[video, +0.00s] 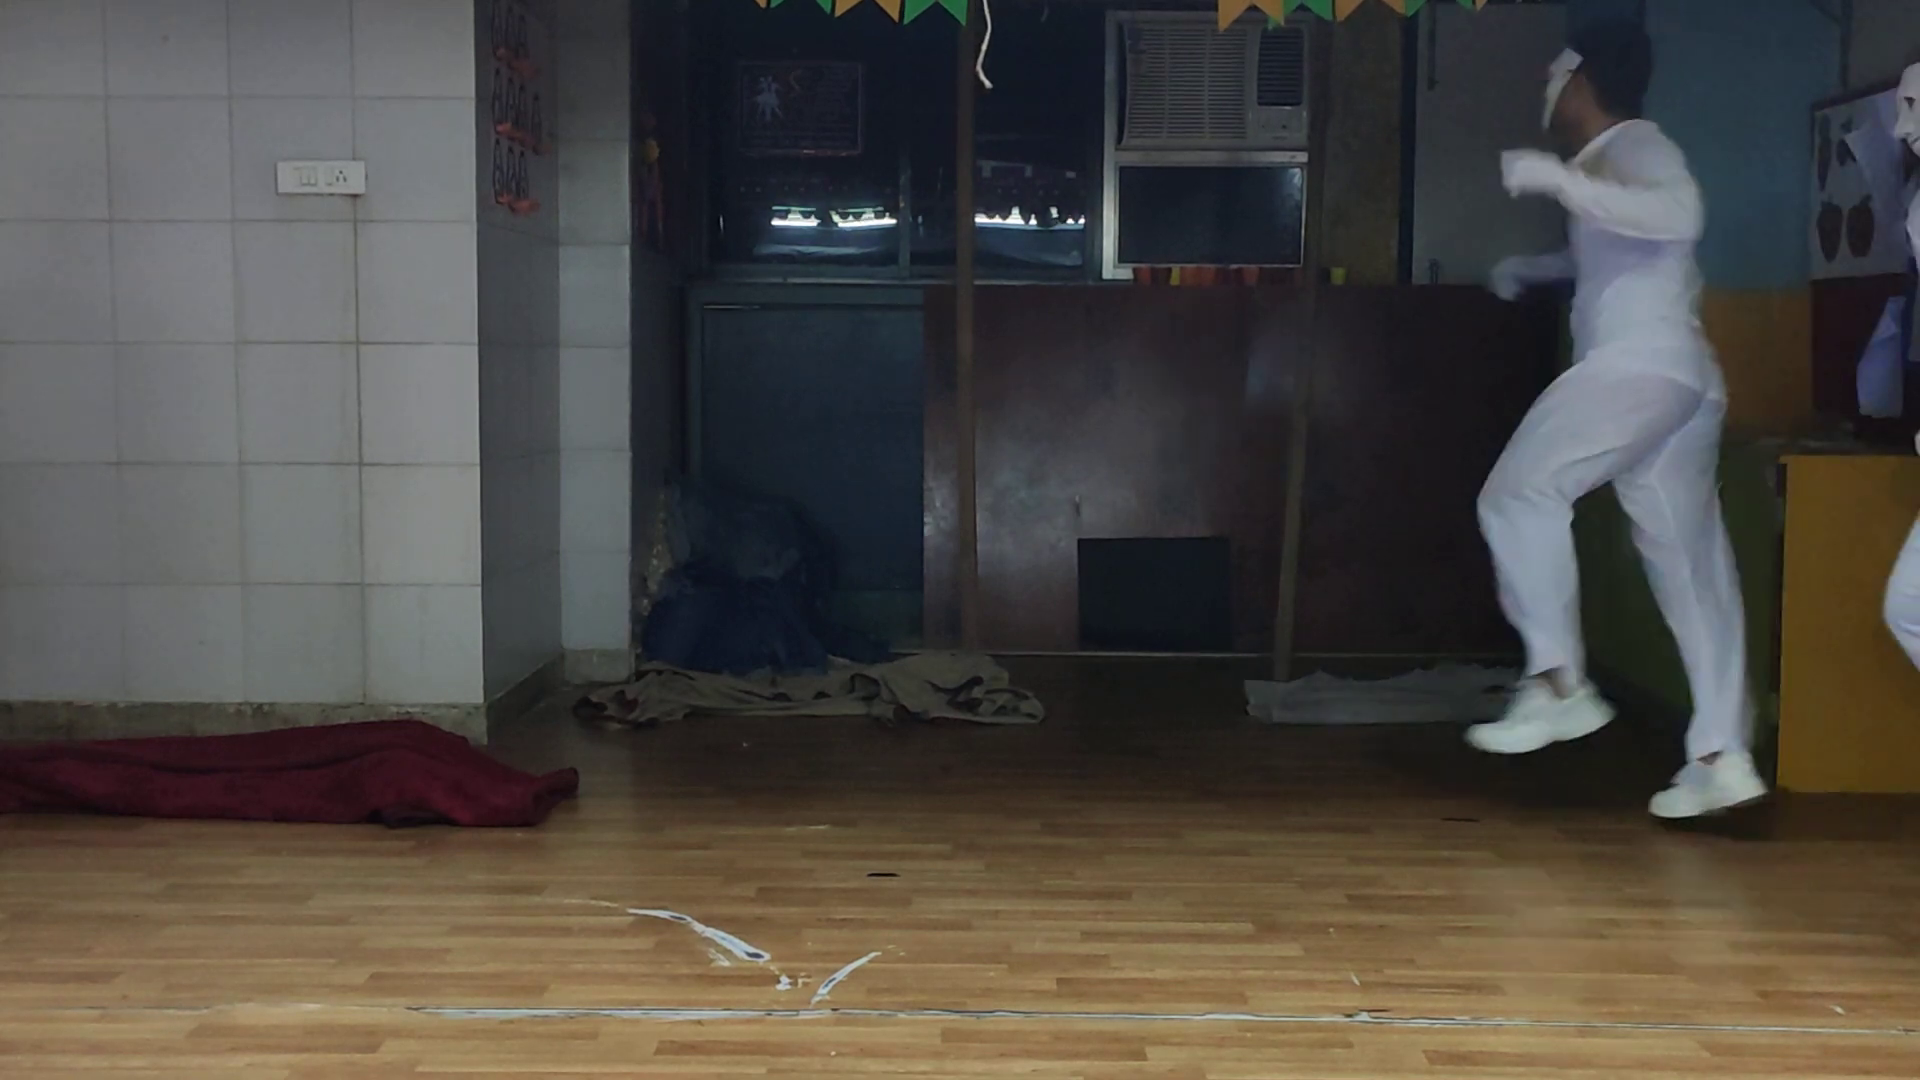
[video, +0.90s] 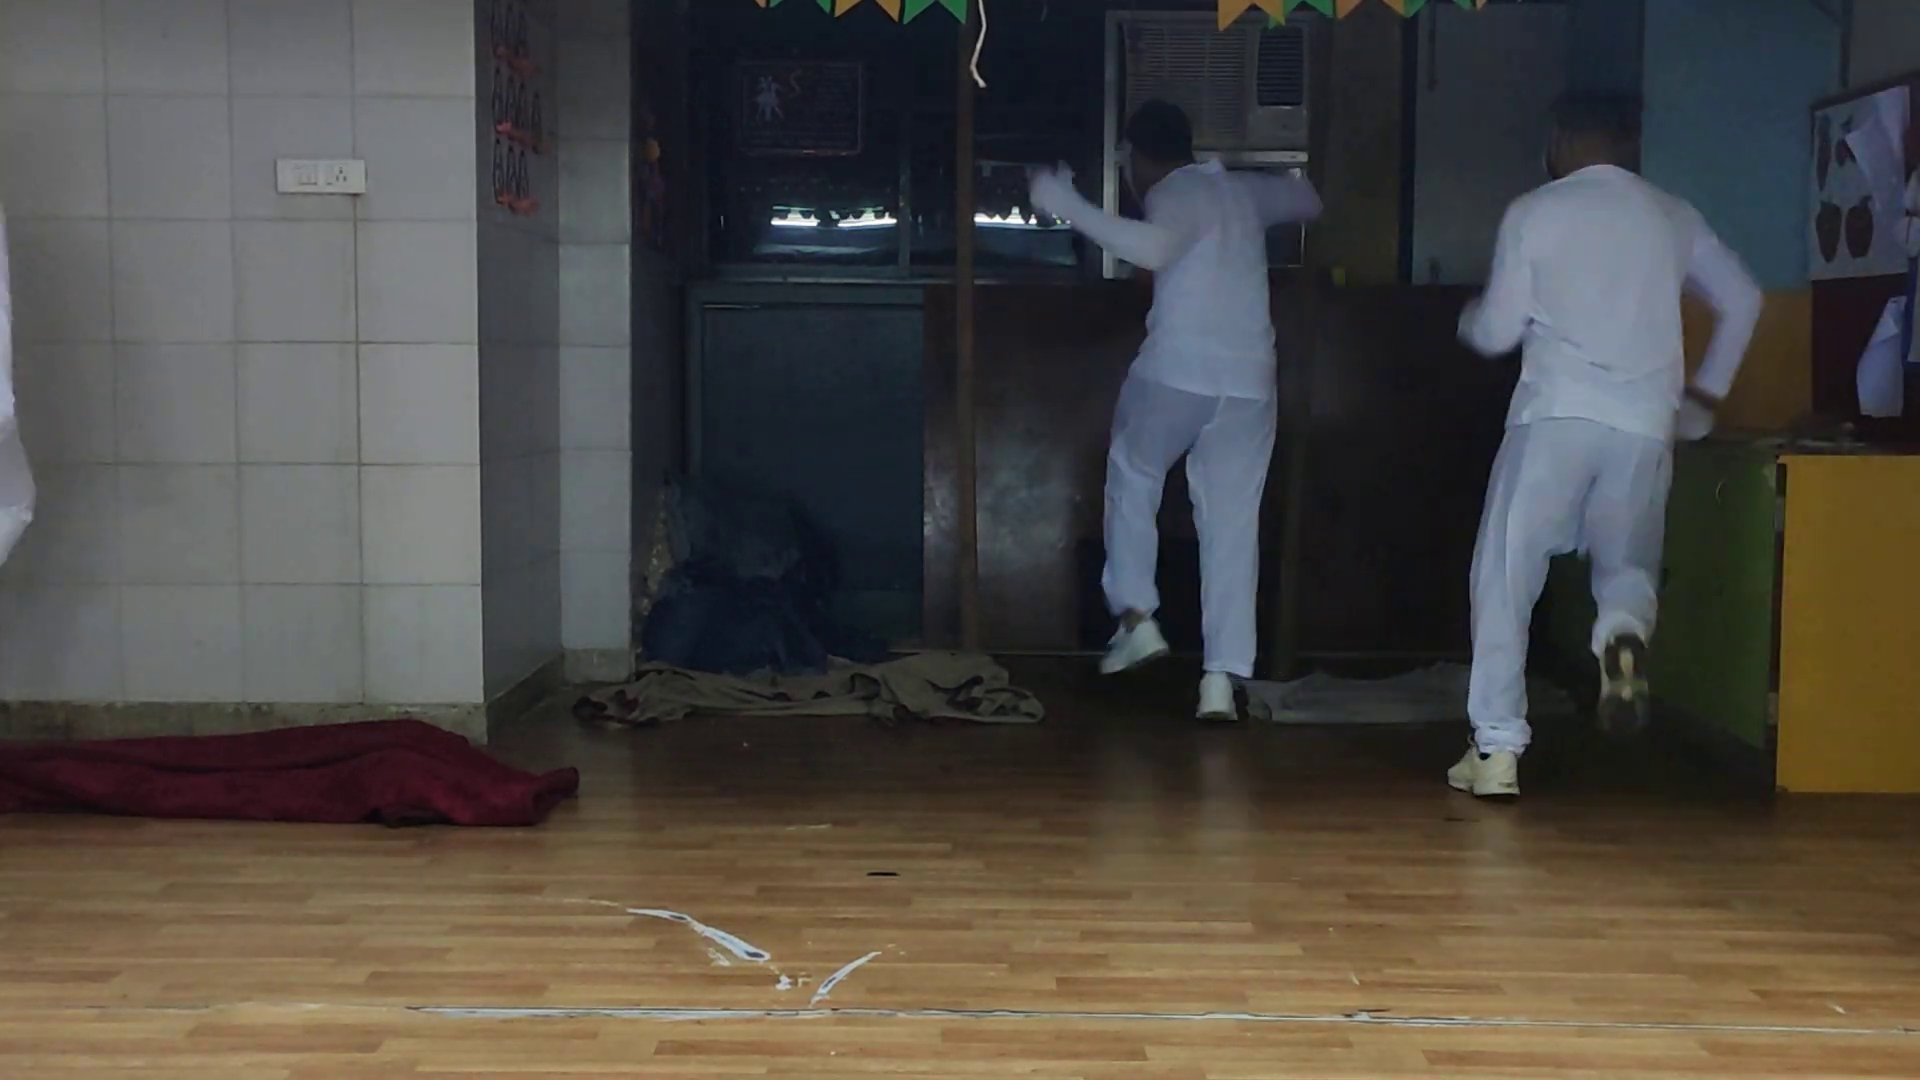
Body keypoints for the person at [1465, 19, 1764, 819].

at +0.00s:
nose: (1552, 93)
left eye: (1561, 77)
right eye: (1554, 79)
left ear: (1591, 82)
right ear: (1607, 85)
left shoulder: (1635, 143)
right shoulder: (1609, 164)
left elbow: (1679, 214)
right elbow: (1617, 254)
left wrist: (1563, 180)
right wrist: (1540, 270)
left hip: (1639, 365)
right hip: (1675, 377)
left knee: (1519, 494)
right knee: (1691, 565)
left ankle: (1559, 685)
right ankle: (1722, 756)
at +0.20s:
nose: (1415, 169)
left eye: (1423, 155)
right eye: (1420, 155)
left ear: (1448, 162)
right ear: (1471, 169)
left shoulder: (1486, 226)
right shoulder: (1456, 241)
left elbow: (1528, 260)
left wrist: (1409, 317)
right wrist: (1418, 336)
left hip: (1479, 452)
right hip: (1530, 460)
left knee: (1378, 588)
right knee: (1568, 625)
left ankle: (1365, 758)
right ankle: (1663, 762)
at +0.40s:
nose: (1340, 135)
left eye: (1345, 123)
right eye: (1344, 123)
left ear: (1362, 129)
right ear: (1411, 136)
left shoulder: (1342, 185)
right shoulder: (1446, 214)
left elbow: (1232, 229)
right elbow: (1479, 312)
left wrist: (1297, 191)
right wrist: (1411, 293)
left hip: (1374, 399)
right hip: (1439, 404)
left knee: (1362, 559)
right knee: (1385, 555)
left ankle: (1383, 752)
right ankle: (1402, 700)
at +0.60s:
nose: (1265, 186)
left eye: (1269, 178)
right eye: (1275, 179)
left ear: (1277, 183)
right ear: (1332, 196)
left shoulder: (1255, 226)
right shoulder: (1357, 261)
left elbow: (1174, 168)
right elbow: (1446, 291)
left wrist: (1125, 164)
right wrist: (1398, 318)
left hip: (1266, 420)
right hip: (1338, 430)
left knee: (1291, 572)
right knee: (1276, 568)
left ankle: (1370, 706)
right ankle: (1247, 707)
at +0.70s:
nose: (1227, 172)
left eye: (1229, 163)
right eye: (1232, 163)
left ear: (1238, 169)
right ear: (1293, 176)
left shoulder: (1224, 225)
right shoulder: (1325, 256)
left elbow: (1184, 298)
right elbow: (1340, 355)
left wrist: (1134, 363)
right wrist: (1313, 413)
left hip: (1239, 410)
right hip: (1309, 422)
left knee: (1174, 536)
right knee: (1265, 559)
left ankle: (1269, 591)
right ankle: (1245, 706)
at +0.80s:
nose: (1174, 154)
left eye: (1178, 143)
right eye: (1177, 143)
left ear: (1191, 145)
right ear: (1238, 145)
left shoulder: (1195, 202)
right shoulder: (1289, 214)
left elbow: (1184, 284)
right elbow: (1324, 299)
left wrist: (1135, 356)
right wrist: (1274, 338)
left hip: (1206, 375)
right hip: (1278, 387)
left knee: (1140, 469)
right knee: (1261, 537)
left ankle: (1202, 565)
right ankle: (1246, 688)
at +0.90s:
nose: (1129, 172)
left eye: (1129, 160)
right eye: (1128, 162)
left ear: (1141, 156)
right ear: (1191, 148)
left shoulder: (1172, 195)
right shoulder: (1245, 191)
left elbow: (1155, 248)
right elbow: (1305, 199)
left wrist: (1067, 203)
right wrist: (1287, 180)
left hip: (1178, 372)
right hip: (1249, 381)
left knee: (1135, 476)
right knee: (1231, 523)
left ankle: (1136, 619)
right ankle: (1220, 676)